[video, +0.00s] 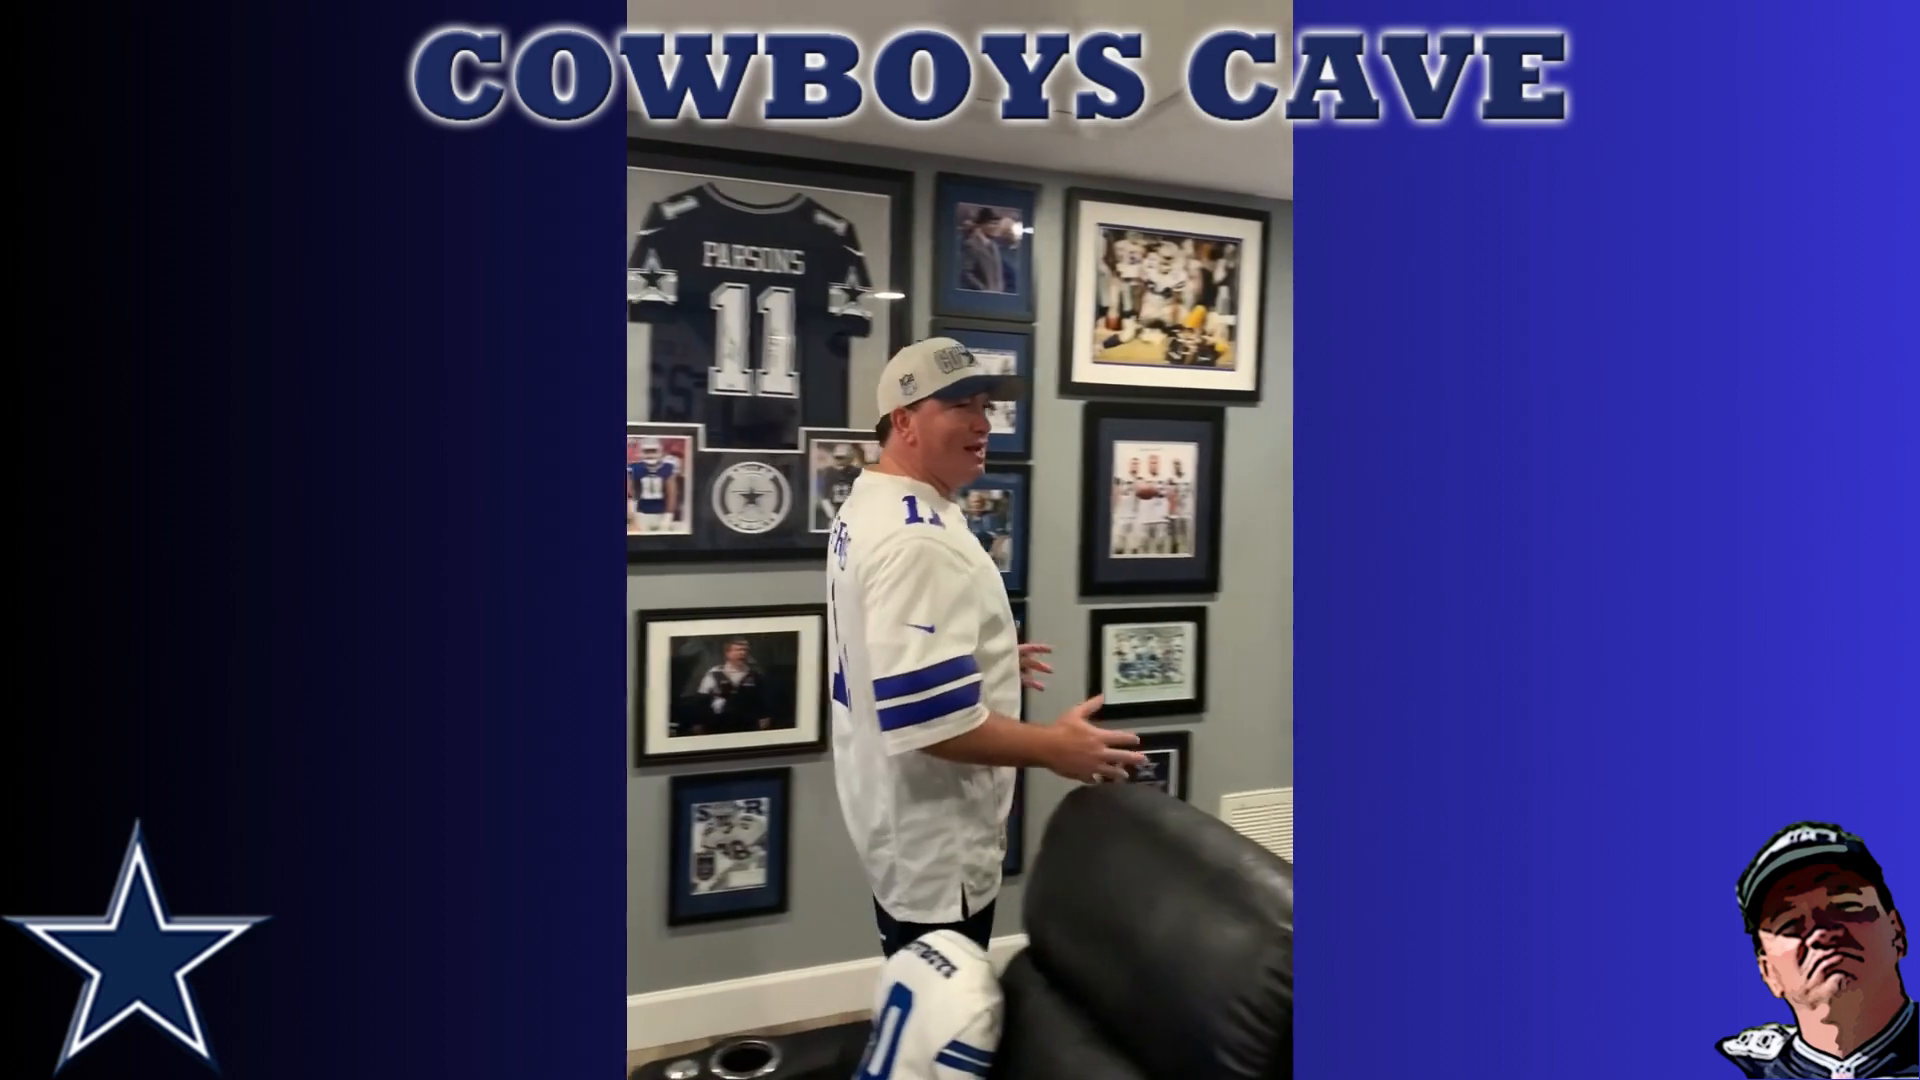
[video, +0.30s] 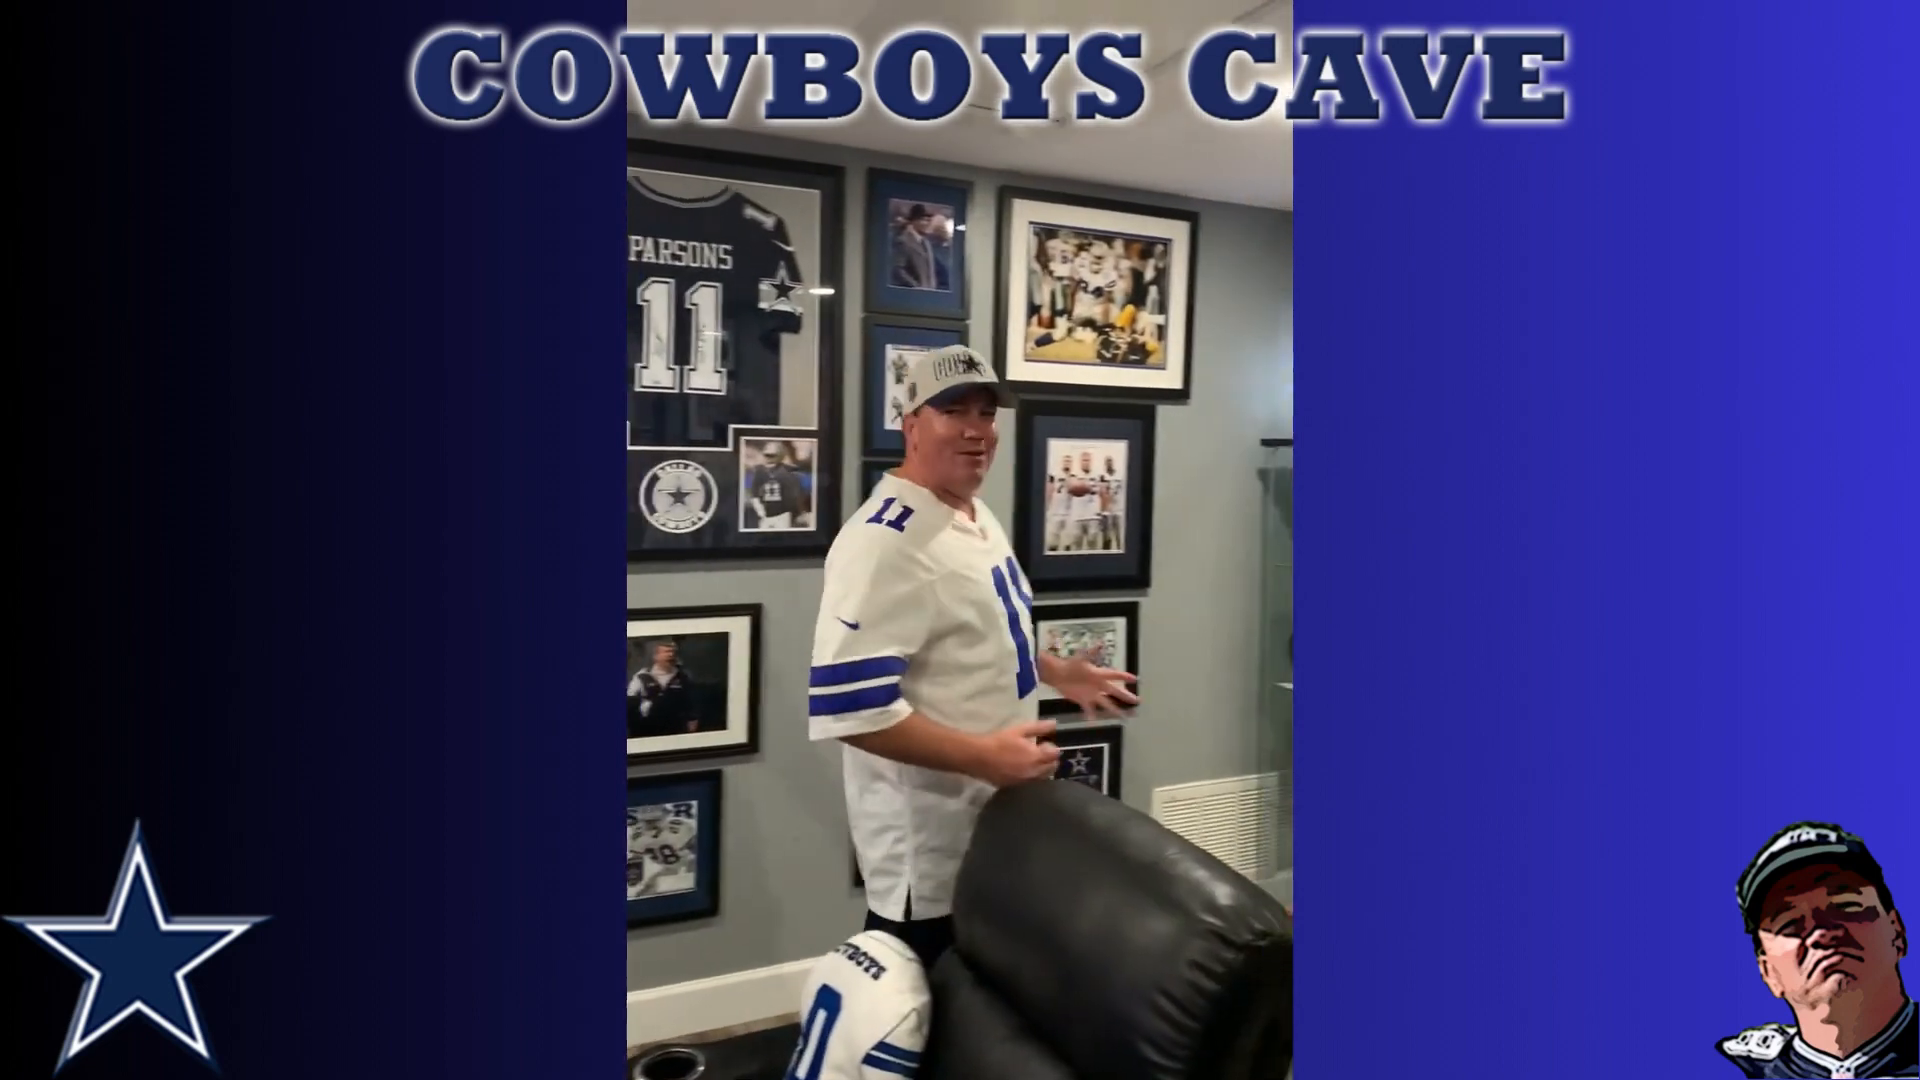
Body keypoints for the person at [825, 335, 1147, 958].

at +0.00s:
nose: (983, 425)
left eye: (983, 408)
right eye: (962, 406)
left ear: (905, 428)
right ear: (905, 423)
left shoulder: (874, 505)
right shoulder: (913, 541)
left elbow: (879, 652)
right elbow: (932, 720)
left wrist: (985, 658)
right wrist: (1049, 746)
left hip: (904, 817)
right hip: (938, 834)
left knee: (932, 1015)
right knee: (946, 1024)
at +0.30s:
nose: (978, 430)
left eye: (988, 413)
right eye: (955, 411)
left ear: (998, 425)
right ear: (909, 423)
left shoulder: (973, 518)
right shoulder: (882, 541)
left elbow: (985, 641)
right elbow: (852, 709)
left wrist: (1058, 672)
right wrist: (981, 756)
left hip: (990, 831)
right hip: (923, 850)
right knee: (920, 1031)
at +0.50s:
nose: (976, 439)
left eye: (997, 423)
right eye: (962, 422)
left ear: (1027, 440)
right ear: (941, 433)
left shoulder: (1054, 525)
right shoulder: (895, 546)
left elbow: (1081, 630)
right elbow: (846, 686)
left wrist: (1137, 690)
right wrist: (937, 740)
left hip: (1051, 822)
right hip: (944, 832)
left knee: (1050, 983)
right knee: (933, 996)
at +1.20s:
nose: (988, 435)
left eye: (1005, 419)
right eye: (983, 421)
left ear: (1049, 435)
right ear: (976, 434)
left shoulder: (1115, 515)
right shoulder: (968, 527)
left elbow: (1182, 626)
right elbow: (937, 618)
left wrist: (1108, 681)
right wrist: (906, 669)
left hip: (1095, 796)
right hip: (994, 794)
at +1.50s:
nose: (1095, 415)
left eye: (1110, 405)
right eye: (1081, 404)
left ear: (1132, 429)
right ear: (1062, 427)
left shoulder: (1175, 515)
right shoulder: (1007, 509)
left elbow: (1212, 619)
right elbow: (957, 595)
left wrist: (1187, 649)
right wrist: (979, 626)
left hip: (1131, 773)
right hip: (1023, 771)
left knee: (1131, 937)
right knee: (1024, 931)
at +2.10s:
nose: (1013, 417)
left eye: (1029, 406)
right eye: (1001, 407)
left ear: (1053, 431)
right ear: (984, 430)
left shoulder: (1101, 517)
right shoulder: (954, 518)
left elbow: (1155, 625)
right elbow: (935, 607)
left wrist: (1119, 691)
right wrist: (912, 661)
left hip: (1070, 785)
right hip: (965, 780)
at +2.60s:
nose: (901, 406)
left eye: (917, 393)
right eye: (886, 393)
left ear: (941, 413)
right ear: (866, 415)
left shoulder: (993, 503)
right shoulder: (837, 505)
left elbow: (1048, 614)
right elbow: (820, 599)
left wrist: (1004, 679)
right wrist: (789, 656)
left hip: (958, 769)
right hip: (866, 769)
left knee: (961, 932)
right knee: (883, 927)